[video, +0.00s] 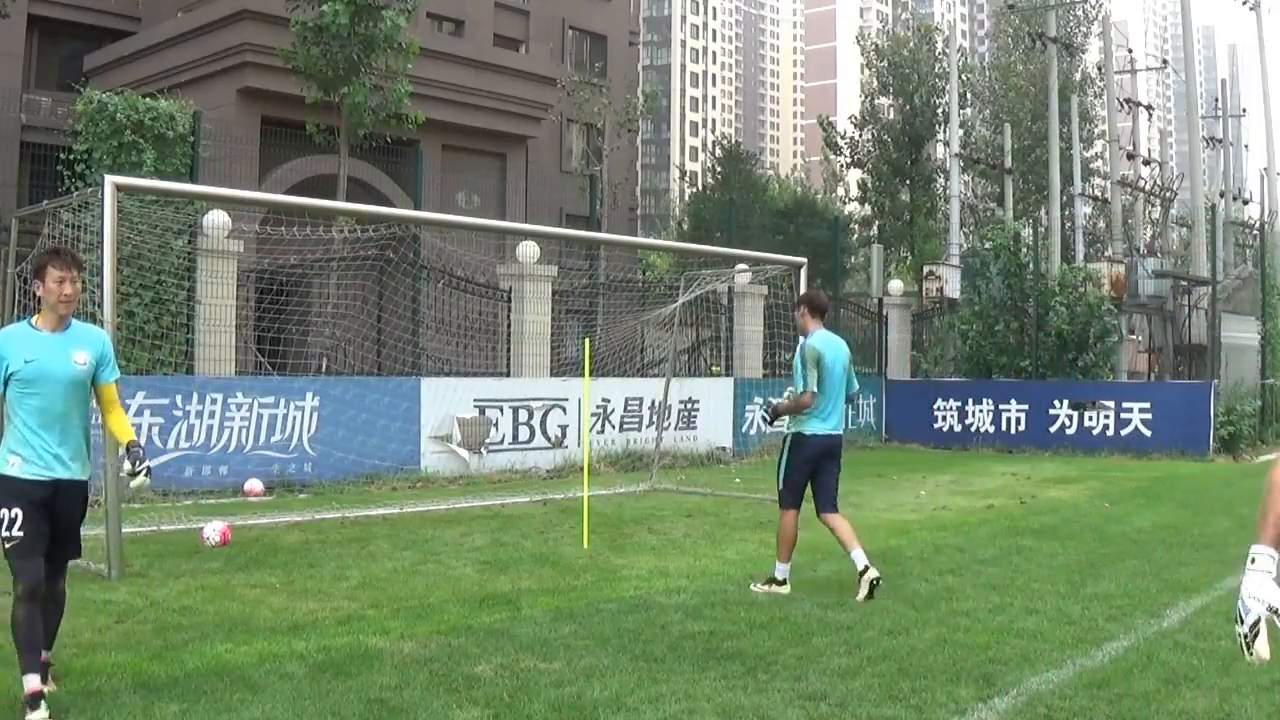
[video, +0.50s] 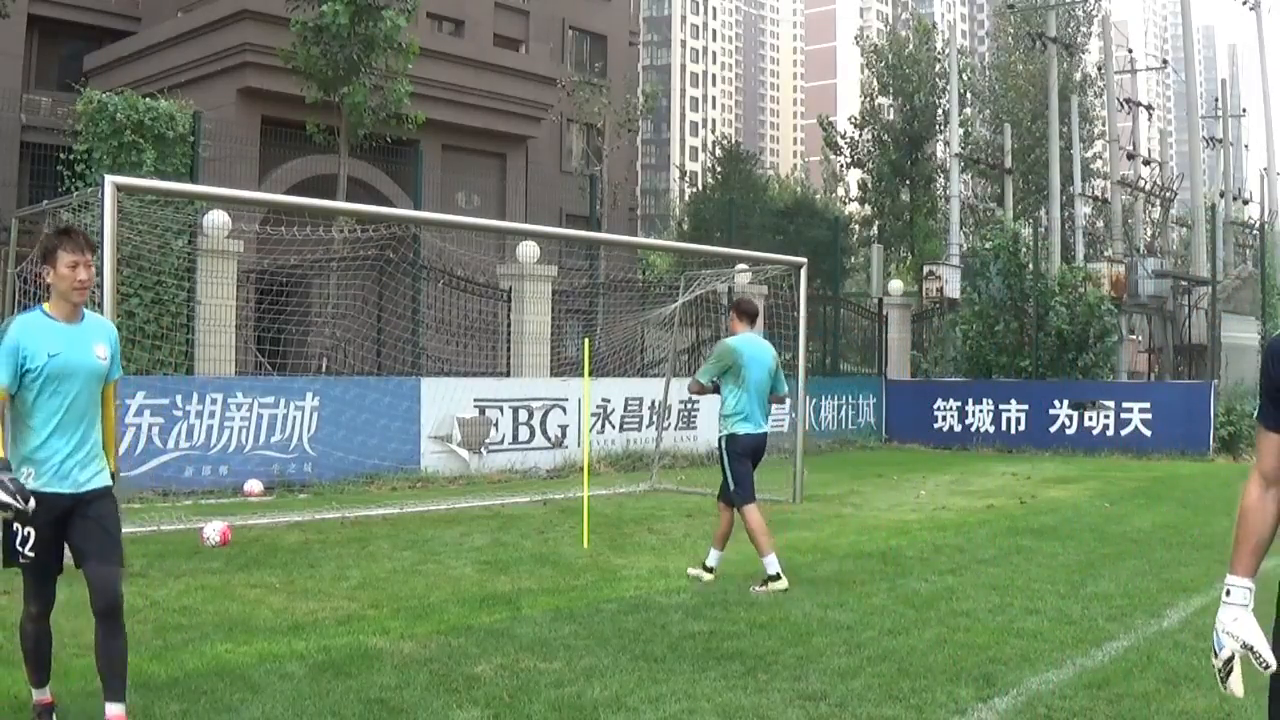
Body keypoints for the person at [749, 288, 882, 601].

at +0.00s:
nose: (796, 317)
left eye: (797, 312)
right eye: (797, 312)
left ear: (804, 311)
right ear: (824, 314)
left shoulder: (809, 345)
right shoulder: (840, 345)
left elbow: (807, 399)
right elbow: (850, 392)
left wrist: (778, 409)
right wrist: (804, 399)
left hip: (804, 438)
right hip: (832, 438)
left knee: (789, 506)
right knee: (828, 510)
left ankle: (779, 578)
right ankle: (865, 569)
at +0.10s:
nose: (784, 317)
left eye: (784, 312)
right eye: (785, 312)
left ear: (791, 312)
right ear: (811, 314)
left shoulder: (793, 345)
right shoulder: (828, 343)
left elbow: (783, 398)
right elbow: (839, 392)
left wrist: (763, 399)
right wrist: (804, 392)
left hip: (791, 435)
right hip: (818, 436)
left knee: (783, 507)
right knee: (802, 508)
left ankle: (779, 579)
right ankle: (840, 554)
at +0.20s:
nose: (765, 316)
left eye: (766, 311)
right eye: (767, 311)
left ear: (772, 310)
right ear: (793, 311)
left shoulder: (773, 343)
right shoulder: (811, 342)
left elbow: (754, 391)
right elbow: (822, 391)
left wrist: (754, 393)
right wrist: (789, 389)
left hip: (776, 432)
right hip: (801, 432)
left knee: (775, 502)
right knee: (765, 493)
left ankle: (780, 577)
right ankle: (793, 549)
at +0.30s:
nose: (755, 318)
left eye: (755, 313)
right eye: (756, 313)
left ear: (761, 311)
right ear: (781, 313)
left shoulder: (759, 343)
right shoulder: (799, 342)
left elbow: (731, 389)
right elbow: (812, 391)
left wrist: (747, 385)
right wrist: (783, 387)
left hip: (764, 432)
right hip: (789, 433)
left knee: (770, 503)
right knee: (747, 489)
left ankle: (779, 577)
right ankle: (760, 557)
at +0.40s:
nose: (737, 321)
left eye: (738, 316)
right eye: (739, 316)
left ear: (744, 315)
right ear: (764, 317)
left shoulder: (741, 345)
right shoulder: (782, 347)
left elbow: (707, 386)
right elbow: (793, 393)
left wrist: (734, 386)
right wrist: (763, 388)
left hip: (747, 435)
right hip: (772, 435)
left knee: (759, 504)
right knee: (737, 499)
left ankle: (777, 578)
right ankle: (714, 562)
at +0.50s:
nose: (728, 323)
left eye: (729, 318)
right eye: (731, 319)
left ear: (735, 319)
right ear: (754, 320)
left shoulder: (728, 347)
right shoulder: (769, 349)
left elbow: (696, 386)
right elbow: (779, 395)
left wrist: (719, 386)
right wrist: (749, 390)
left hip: (734, 436)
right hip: (759, 437)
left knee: (747, 505)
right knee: (727, 501)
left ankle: (775, 574)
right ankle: (709, 567)